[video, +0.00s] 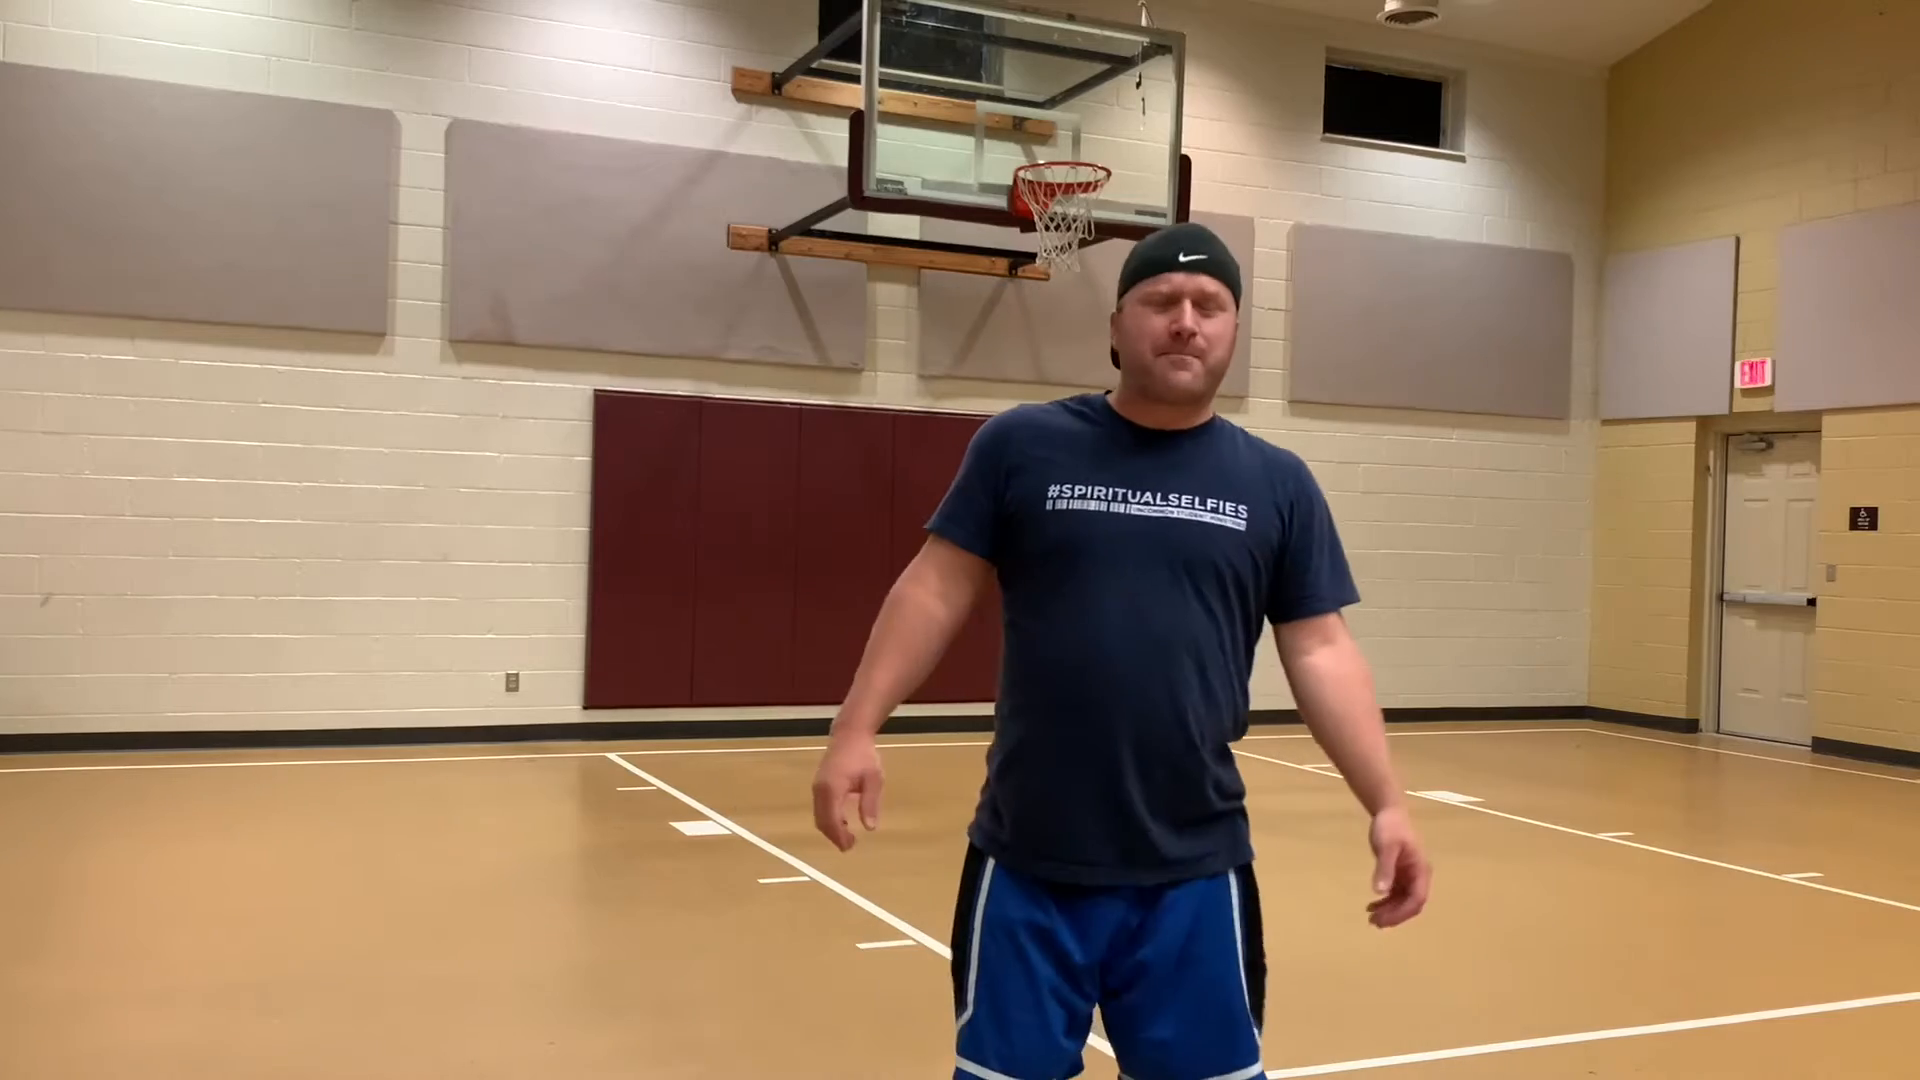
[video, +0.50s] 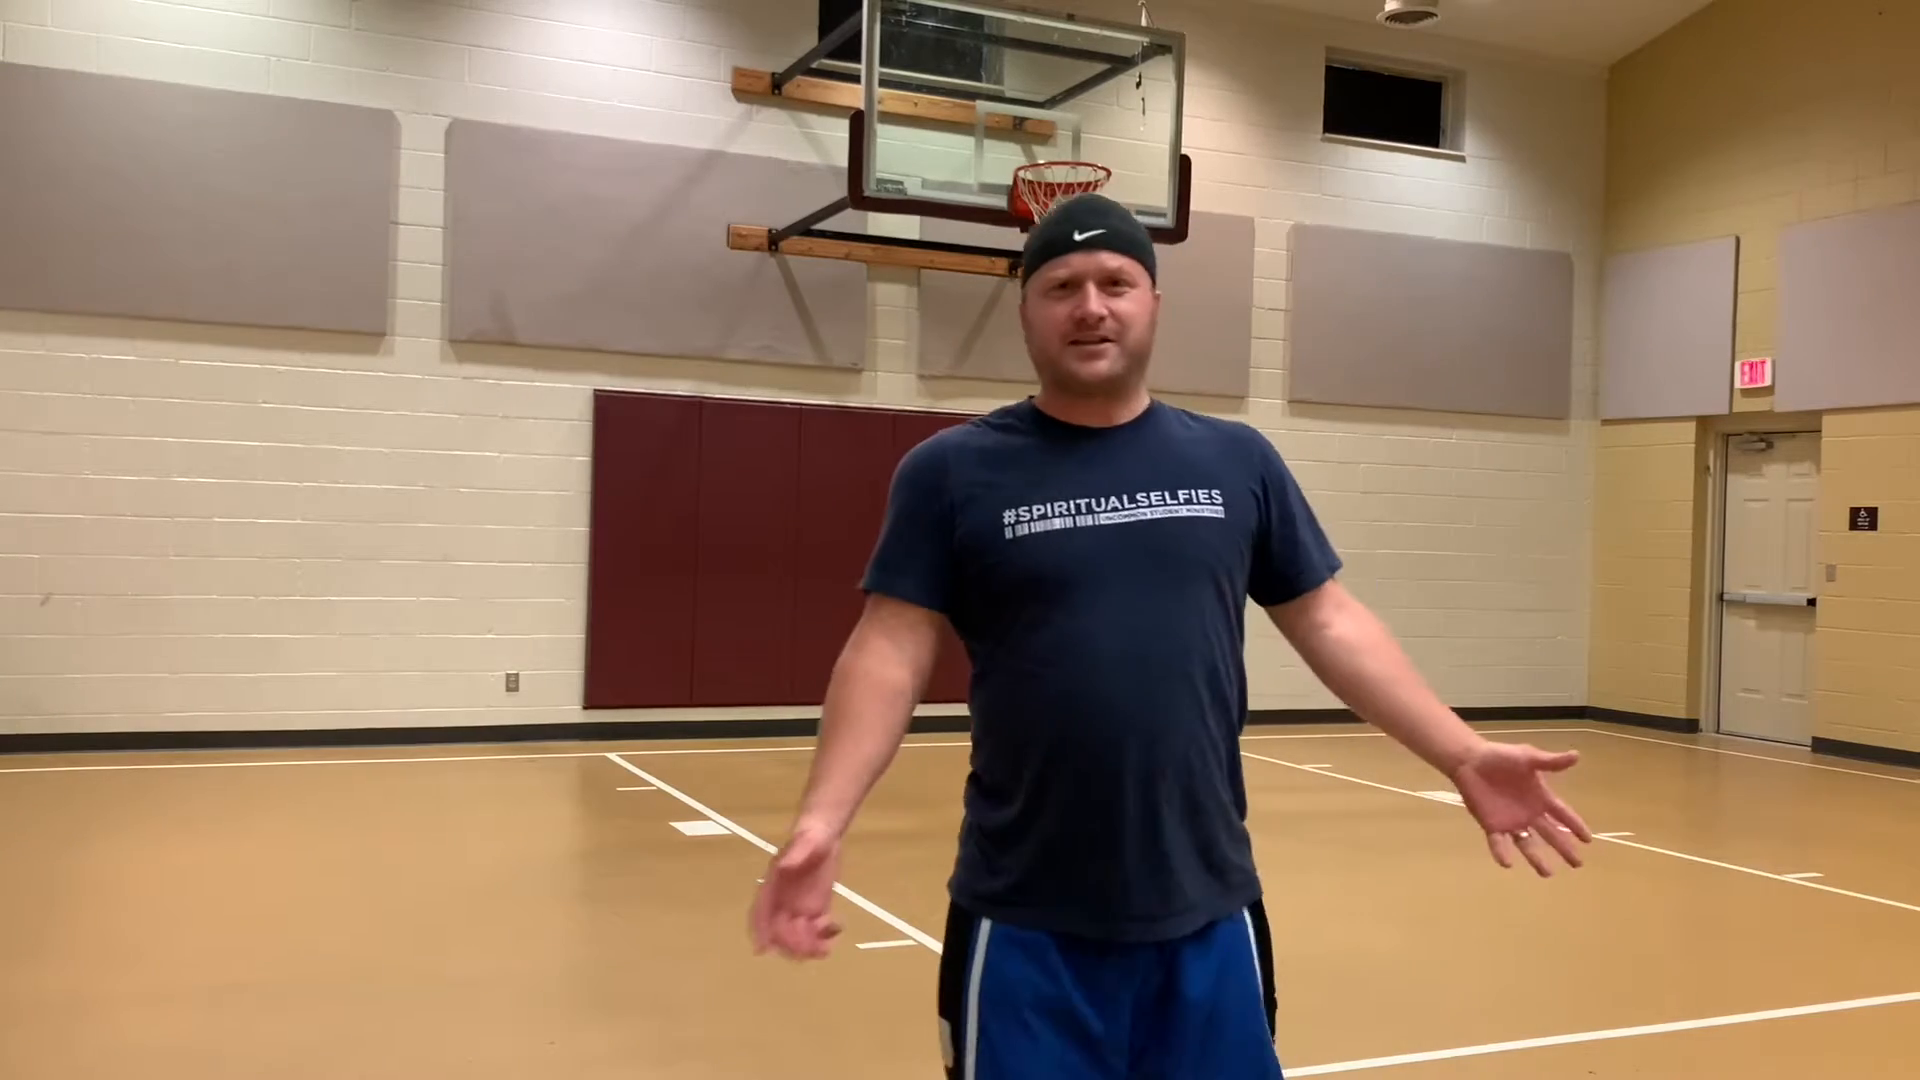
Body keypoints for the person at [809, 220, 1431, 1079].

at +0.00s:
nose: (1185, 322)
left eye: (1208, 305)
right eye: (1161, 302)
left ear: (1235, 334)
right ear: (1119, 324)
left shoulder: (1276, 484)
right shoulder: (1021, 445)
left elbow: (1321, 649)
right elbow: (936, 586)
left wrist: (1387, 801)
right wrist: (855, 728)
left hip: (1194, 863)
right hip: (1030, 854)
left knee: (1211, 1070)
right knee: (1002, 1071)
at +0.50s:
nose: (1093, 305)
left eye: (1117, 283)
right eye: (1063, 286)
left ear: (1155, 305)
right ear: (1024, 315)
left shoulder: (1237, 461)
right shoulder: (953, 472)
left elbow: (1332, 621)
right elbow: (889, 649)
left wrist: (1463, 753)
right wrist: (823, 819)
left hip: (1207, 916)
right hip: (1026, 920)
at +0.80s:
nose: (1105, 291)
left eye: (1136, 270)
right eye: (1078, 263)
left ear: (1171, 298)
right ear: (1030, 282)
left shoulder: (1228, 463)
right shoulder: (931, 455)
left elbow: (1288, 638)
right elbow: (849, 646)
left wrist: (1387, 795)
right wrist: (763, 831)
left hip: (1200, 950)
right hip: (1001, 957)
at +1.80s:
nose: (1053, 296)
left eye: (1093, 270)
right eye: (1020, 257)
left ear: (1136, 301)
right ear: (962, 274)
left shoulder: (1145, 485)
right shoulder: (817, 488)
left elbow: (1155, 674)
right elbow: (711, 738)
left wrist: (1240, 839)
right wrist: (739, 1017)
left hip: (1039, 1020)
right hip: (836, 1034)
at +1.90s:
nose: (1050, 288)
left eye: (1089, 265)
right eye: (1018, 252)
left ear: (1132, 302)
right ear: (958, 273)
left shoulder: (1137, 486)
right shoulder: (813, 489)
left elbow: (1149, 680)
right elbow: (702, 750)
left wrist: (1237, 845)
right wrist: (685, 1032)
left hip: (1020, 1015)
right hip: (822, 1030)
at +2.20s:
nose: (1047, 264)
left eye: (1082, 242)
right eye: (1014, 231)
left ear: (1122, 285)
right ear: (956, 263)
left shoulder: (1130, 476)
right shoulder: (829, 462)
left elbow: (1149, 674)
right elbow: (724, 722)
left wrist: (1249, 834)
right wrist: (676, 995)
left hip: (1036, 1000)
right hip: (838, 1011)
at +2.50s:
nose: (1093, 255)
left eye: (1126, 243)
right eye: (1065, 229)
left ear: (1159, 294)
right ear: (1007, 261)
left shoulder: (1172, 482)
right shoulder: (888, 435)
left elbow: (1208, 669)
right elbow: (794, 654)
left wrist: (1308, 840)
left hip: (1087, 981)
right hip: (901, 983)